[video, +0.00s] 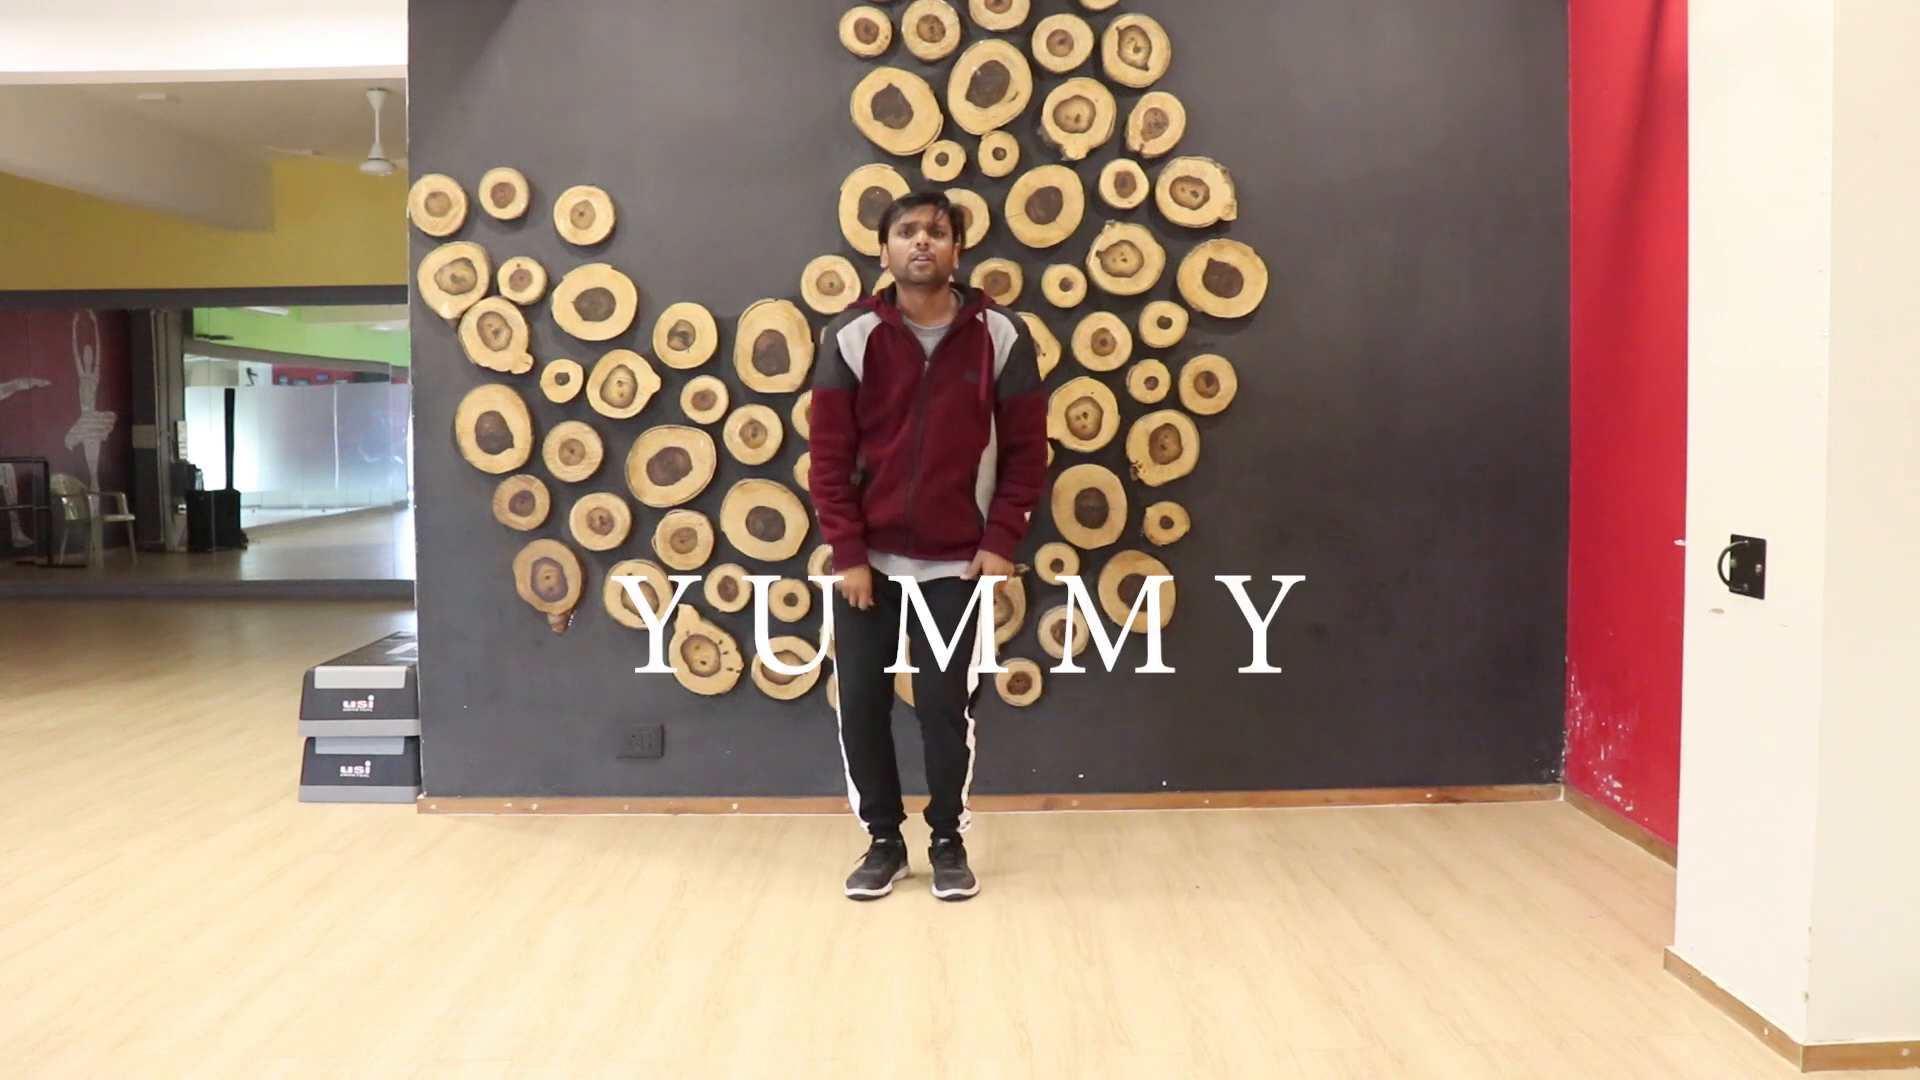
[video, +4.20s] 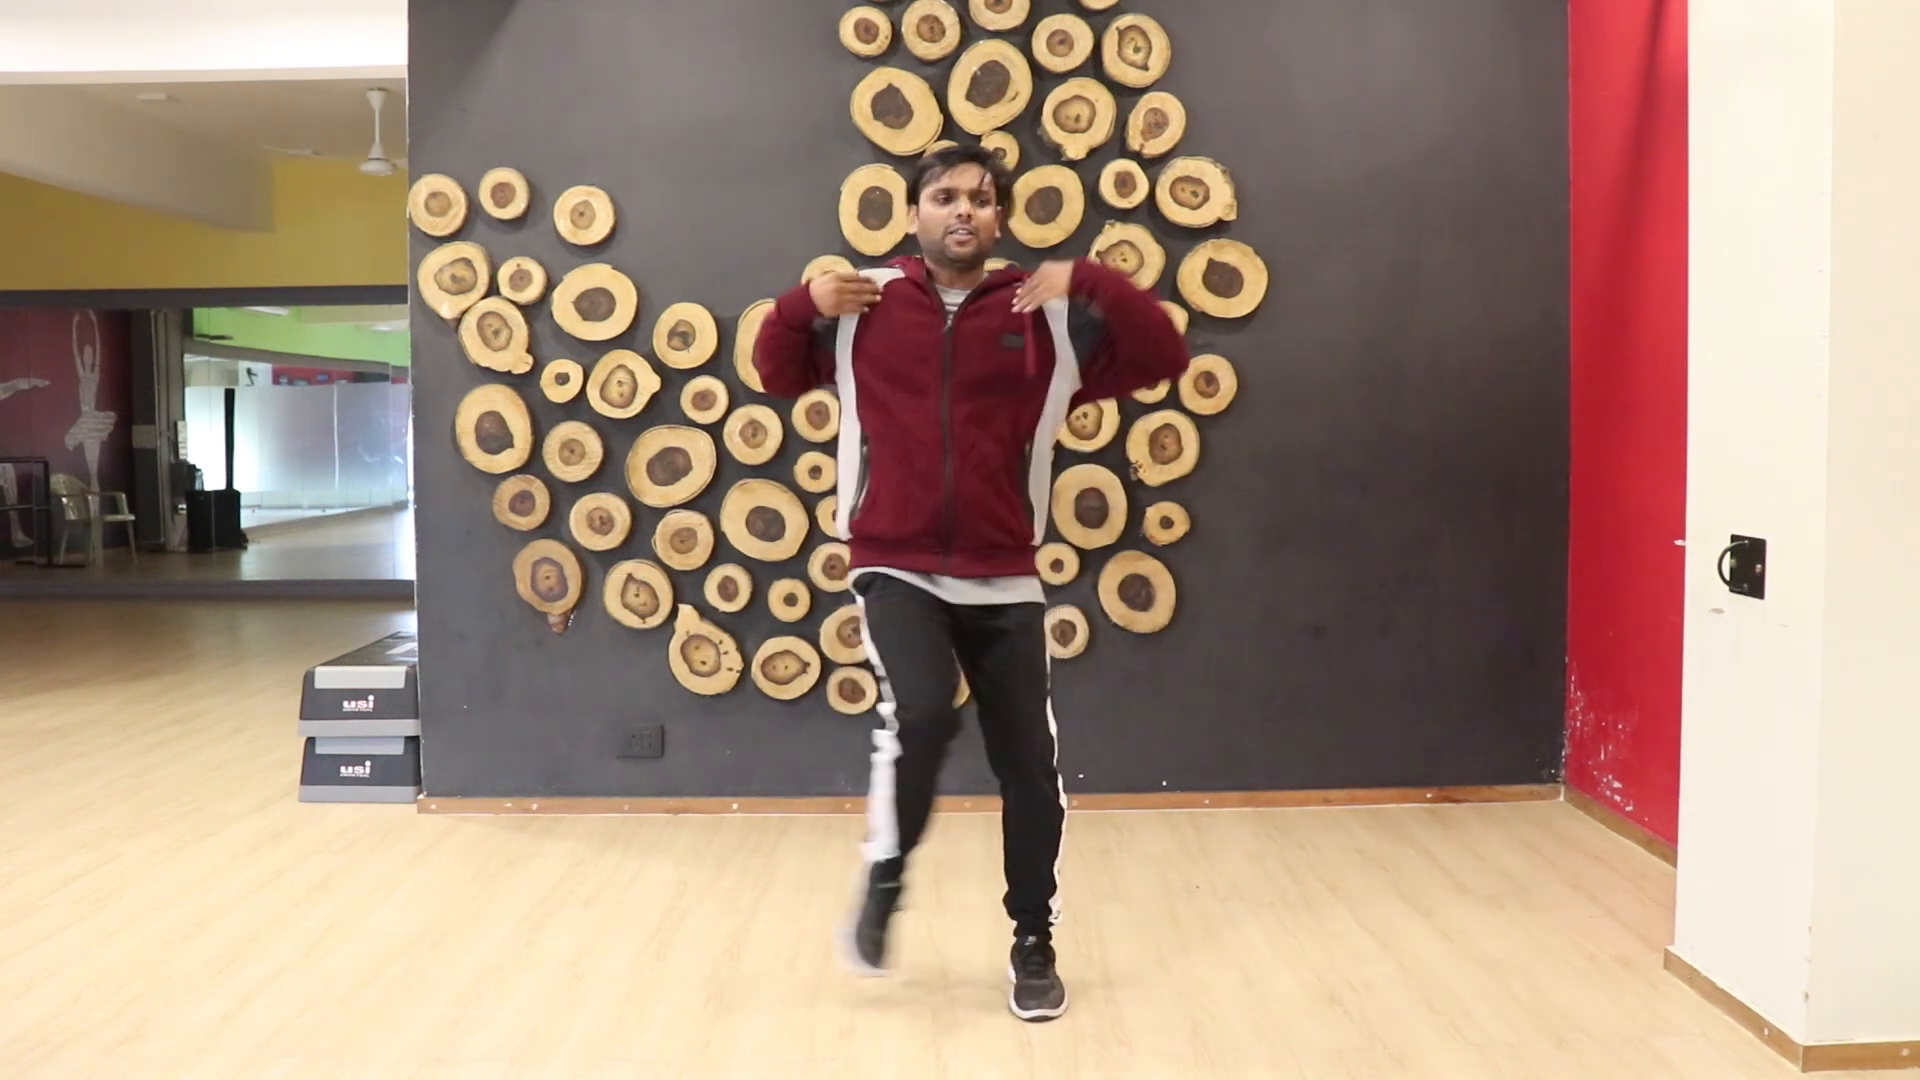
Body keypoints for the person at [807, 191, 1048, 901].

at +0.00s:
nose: (923, 243)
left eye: (936, 232)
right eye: (908, 232)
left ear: (957, 250)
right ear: (886, 251)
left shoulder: (998, 334)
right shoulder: (850, 338)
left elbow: (1026, 447)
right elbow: (828, 453)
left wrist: (1002, 540)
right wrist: (847, 553)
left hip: (954, 556)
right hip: (866, 554)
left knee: (944, 703)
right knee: (858, 704)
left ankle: (946, 843)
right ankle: (883, 842)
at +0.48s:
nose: (951, 277)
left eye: (960, 264)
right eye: (934, 266)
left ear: (972, 271)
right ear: (903, 275)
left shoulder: (1008, 341)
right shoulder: (876, 365)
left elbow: (1043, 418)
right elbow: (837, 473)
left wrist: (1042, 452)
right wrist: (884, 467)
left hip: (996, 548)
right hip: (923, 549)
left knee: (1007, 696)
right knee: (995, 672)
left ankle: (963, 835)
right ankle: (947, 817)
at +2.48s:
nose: (978, 232)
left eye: (993, 220)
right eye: (964, 220)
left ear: (1013, 236)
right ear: (939, 234)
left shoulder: (1039, 324)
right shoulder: (896, 318)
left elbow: (1072, 435)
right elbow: (861, 421)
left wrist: (1082, 533)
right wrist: (848, 520)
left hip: (1033, 554)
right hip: (941, 553)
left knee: (1032, 715)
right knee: (938, 714)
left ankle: (1002, 856)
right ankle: (939, 850)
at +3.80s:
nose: (949, 230)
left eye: (965, 218)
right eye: (933, 217)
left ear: (987, 237)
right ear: (908, 237)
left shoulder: (1027, 329)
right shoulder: (867, 325)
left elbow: (1081, 434)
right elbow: (815, 435)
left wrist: (1034, 492)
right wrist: (869, 441)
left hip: (997, 576)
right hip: (896, 575)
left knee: (1009, 737)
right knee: (911, 730)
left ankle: (1019, 913)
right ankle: (936, 847)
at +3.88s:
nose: (955, 227)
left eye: (971, 214)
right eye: (939, 214)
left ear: (993, 233)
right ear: (913, 232)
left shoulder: (1021, 316)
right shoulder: (884, 310)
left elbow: (1019, 419)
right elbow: (871, 404)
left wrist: (915, 367)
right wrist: (982, 337)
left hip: (1006, 567)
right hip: (908, 568)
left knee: (1018, 747)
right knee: (913, 742)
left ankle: (1023, 929)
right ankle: (939, 836)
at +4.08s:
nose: (965, 214)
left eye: (982, 203)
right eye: (949, 201)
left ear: (1007, 222)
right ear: (922, 217)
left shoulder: (1030, 305)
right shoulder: (880, 293)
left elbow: (1065, 394)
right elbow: (811, 392)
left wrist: (974, 313)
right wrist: (905, 324)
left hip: (1018, 563)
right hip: (913, 563)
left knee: (1037, 749)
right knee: (977, 731)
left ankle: (1028, 931)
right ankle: (982, 887)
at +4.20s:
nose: (965, 211)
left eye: (981, 199)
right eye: (946, 198)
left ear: (1001, 220)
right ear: (914, 215)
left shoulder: (1044, 312)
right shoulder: (864, 306)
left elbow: (1161, 351)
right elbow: (776, 375)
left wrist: (1087, 279)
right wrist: (804, 301)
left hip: (1002, 572)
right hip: (894, 563)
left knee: (1030, 762)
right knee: (923, 717)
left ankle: (1033, 941)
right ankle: (884, 882)